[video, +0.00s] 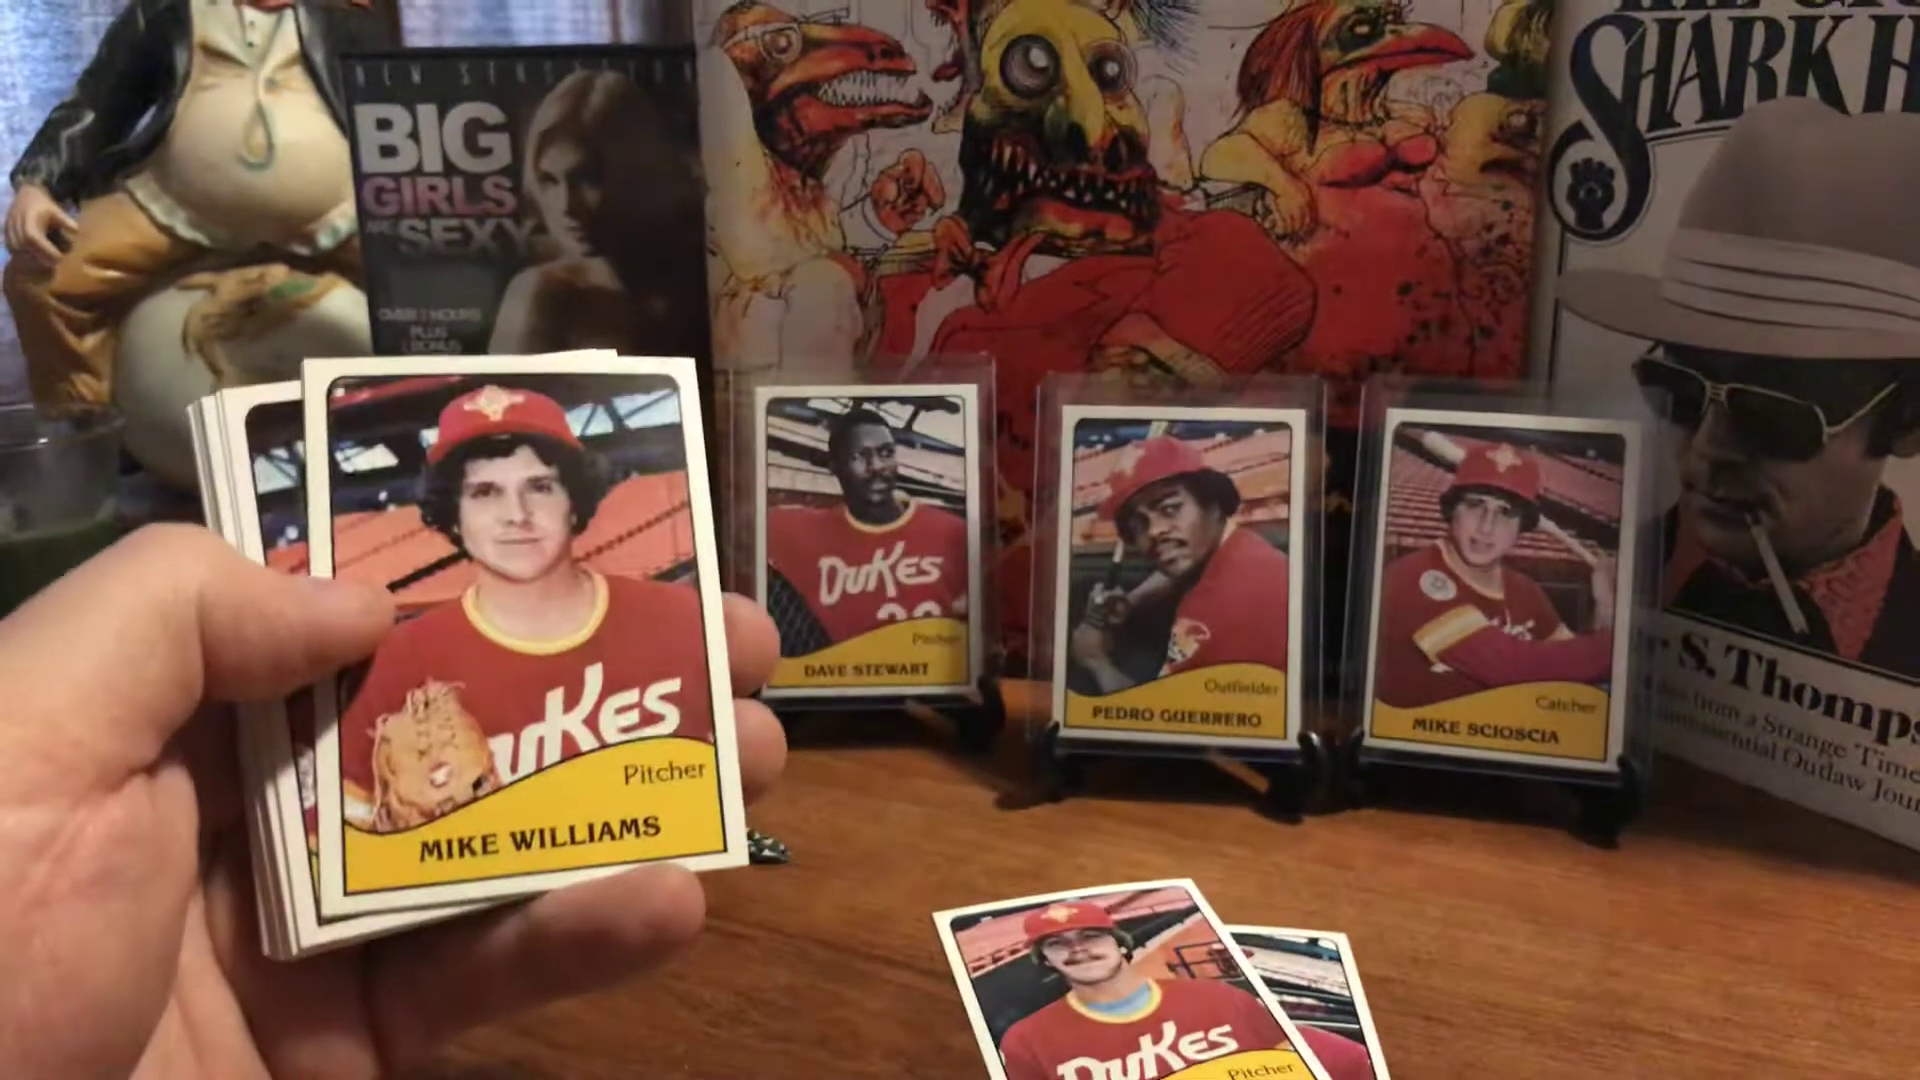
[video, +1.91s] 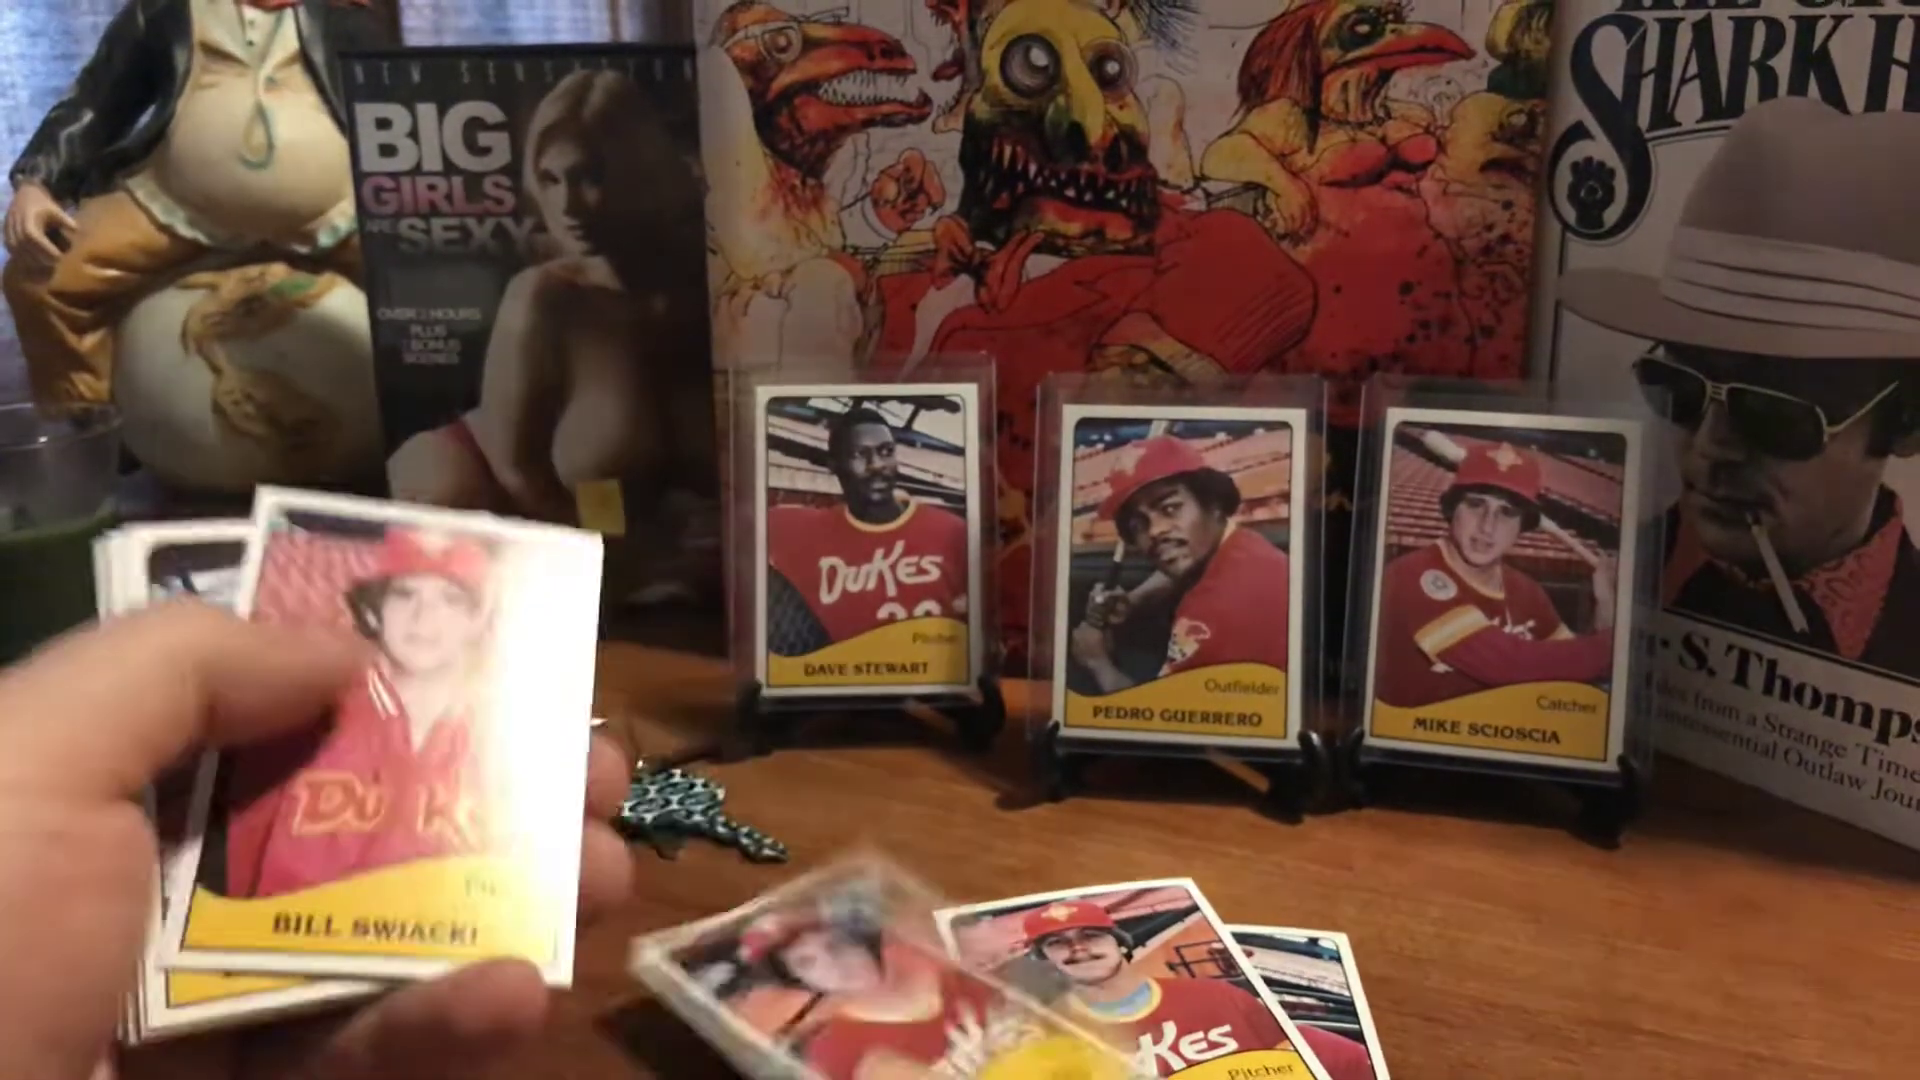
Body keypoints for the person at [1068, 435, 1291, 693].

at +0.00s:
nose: (1156, 531)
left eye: (1170, 509)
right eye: (1140, 522)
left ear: (1212, 505)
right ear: (1133, 539)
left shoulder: (1211, 606)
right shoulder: (1248, 547)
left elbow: (1159, 720)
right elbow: (1184, 566)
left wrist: (1097, 661)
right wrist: (1131, 602)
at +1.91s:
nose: (1156, 531)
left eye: (1170, 508)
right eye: (1140, 522)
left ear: (1214, 506)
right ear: (1134, 540)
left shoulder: (1212, 607)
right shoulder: (1248, 544)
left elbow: (1159, 720)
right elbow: (1185, 565)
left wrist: (1098, 663)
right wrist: (1133, 602)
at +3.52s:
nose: (1156, 531)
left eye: (1169, 509)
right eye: (1139, 524)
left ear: (1212, 505)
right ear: (1134, 540)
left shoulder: (1212, 606)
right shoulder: (1247, 545)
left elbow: (1161, 718)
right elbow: (1184, 566)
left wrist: (1098, 662)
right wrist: (1132, 603)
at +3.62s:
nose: (1156, 530)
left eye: (1169, 509)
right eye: (1139, 523)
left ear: (1212, 505)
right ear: (1133, 540)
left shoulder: (1211, 607)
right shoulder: (1248, 545)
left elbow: (1161, 718)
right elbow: (1184, 565)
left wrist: (1098, 662)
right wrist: (1132, 602)